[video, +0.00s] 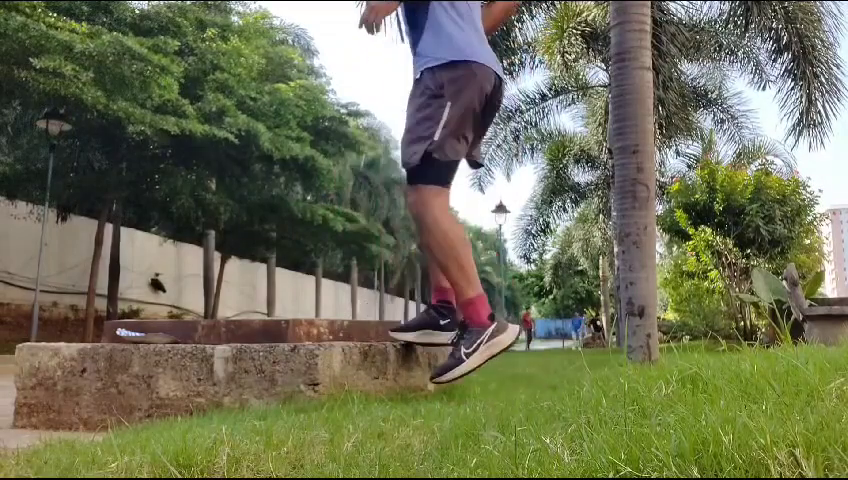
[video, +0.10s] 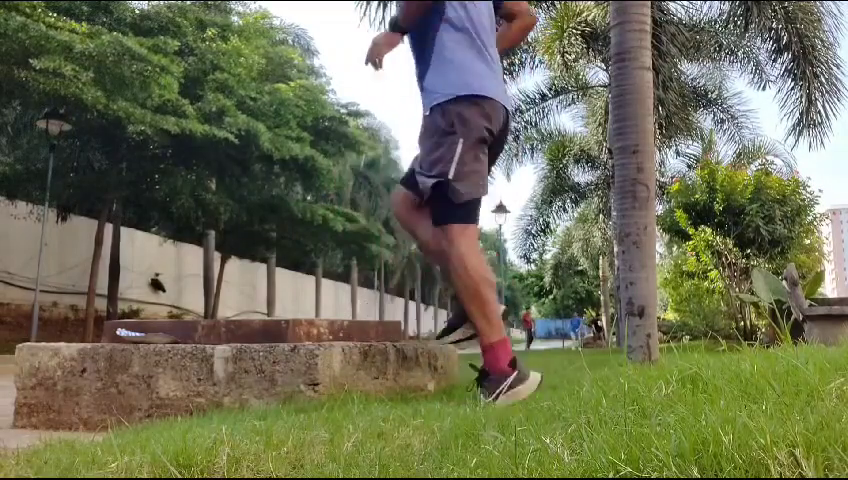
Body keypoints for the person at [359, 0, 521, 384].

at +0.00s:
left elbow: (378, 12)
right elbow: (508, 2)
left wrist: (380, 8)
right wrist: (469, 34)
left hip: (449, 62)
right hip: (485, 70)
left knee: (425, 195)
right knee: (427, 194)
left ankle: (480, 323)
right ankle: (443, 307)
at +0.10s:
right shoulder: (484, 5)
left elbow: (420, 4)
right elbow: (525, 17)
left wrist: (393, 33)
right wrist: (481, 52)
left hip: (458, 96)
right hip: (496, 105)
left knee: (458, 239)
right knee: (405, 203)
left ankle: (502, 370)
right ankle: (473, 307)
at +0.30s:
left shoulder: (427, 2)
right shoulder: (485, 6)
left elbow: (460, 4)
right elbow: (524, 42)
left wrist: (404, 61)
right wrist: (480, 90)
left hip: (453, 110)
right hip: (490, 116)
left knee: (441, 247)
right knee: (447, 247)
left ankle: (509, 372)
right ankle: (509, 365)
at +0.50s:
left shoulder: (420, 5)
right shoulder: (457, 17)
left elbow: (466, 3)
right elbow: (491, 67)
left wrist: (407, 65)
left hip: (450, 107)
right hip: (495, 123)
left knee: (353, 186)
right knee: (471, 247)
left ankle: (423, 277)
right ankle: (514, 369)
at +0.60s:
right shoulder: (464, 4)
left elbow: (430, 1)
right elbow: (484, 36)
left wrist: (390, 41)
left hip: (436, 80)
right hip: (485, 95)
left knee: (356, 184)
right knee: (456, 224)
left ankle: (394, 300)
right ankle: (503, 342)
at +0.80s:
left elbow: (375, 12)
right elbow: (485, 5)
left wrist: (366, 16)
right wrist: (450, 34)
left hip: (430, 52)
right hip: (477, 61)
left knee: (395, 177)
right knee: (419, 182)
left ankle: (401, 308)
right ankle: (442, 303)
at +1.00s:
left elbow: (376, 6)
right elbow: (501, 3)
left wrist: (367, 12)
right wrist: (461, 40)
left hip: (438, 57)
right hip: (476, 64)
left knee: (410, 186)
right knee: (412, 187)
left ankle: (469, 311)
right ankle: (423, 310)